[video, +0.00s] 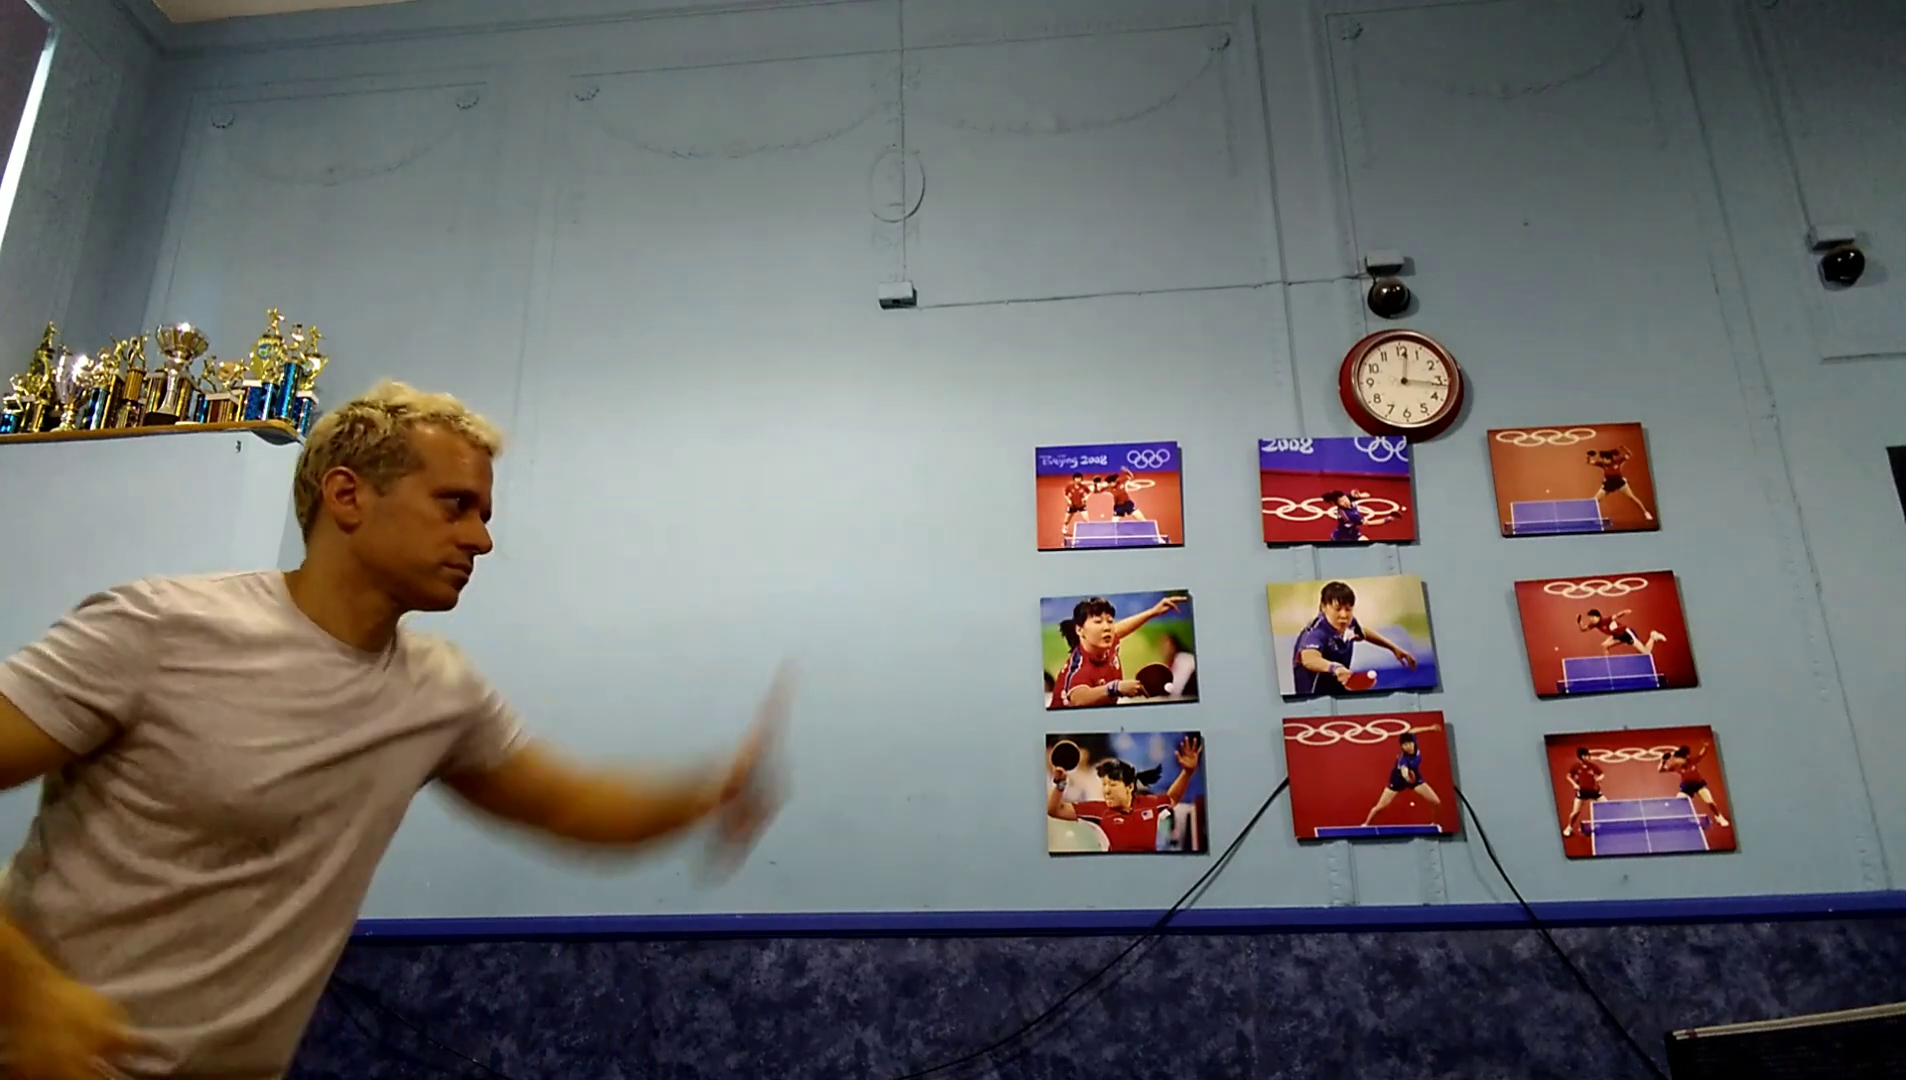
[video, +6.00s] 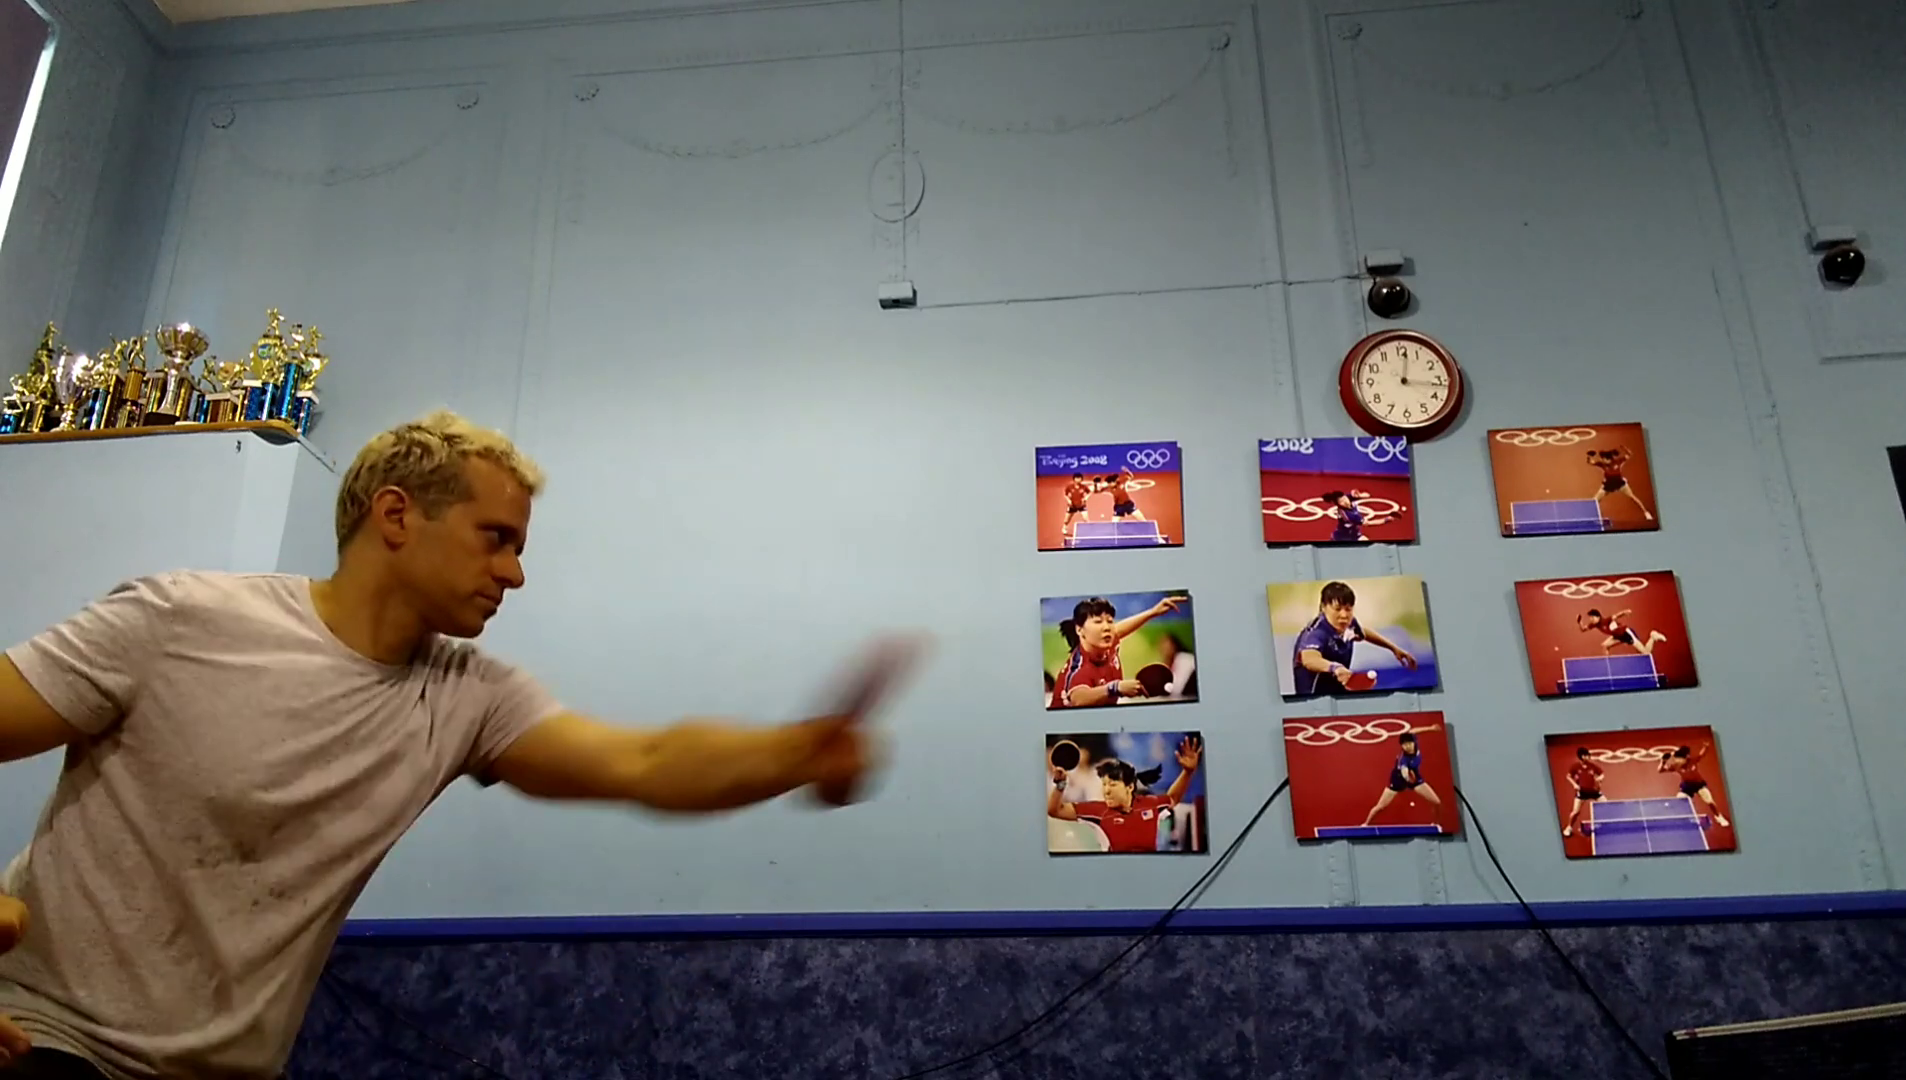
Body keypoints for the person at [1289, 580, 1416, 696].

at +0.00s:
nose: (1344, 615)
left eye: (1348, 609)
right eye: (1338, 609)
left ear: (1353, 609)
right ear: (1324, 608)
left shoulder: (1349, 624)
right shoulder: (1315, 633)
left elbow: (1364, 634)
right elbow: (1309, 660)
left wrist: (1395, 649)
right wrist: (1335, 668)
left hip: (1341, 705)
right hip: (1313, 709)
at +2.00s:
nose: (1344, 615)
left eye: (1348, 609)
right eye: (1338, 609)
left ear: (1353, 609)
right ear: (1324, 608)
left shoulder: (1349, 624)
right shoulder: (1315, 632)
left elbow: (1364, 634)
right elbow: (1309, 660)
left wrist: (1395, 649)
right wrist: (1335, 668)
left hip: (1341, 705)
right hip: (1314, 708)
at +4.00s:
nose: (1344, 615)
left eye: (1348, 609)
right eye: (1338, 609)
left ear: (1353, 609)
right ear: (1324, 608)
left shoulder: (1349, 624)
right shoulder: (1316, 633)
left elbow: (1364, 634)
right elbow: (1309, 660)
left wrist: (1395, 649)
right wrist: (1335, 668)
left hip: (1341, 704)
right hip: (1314, 708)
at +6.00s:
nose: (1344, 615)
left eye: (1348, 609)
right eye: (1338, 609)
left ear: (1353, 609)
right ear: (1324, 608)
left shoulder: (1349, 624)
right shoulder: (1315, 633)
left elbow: (1364, 634)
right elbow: (1309, 660)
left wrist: (1395, 649)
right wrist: (1335, 668)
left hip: (1341, 704)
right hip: (1314, 708)